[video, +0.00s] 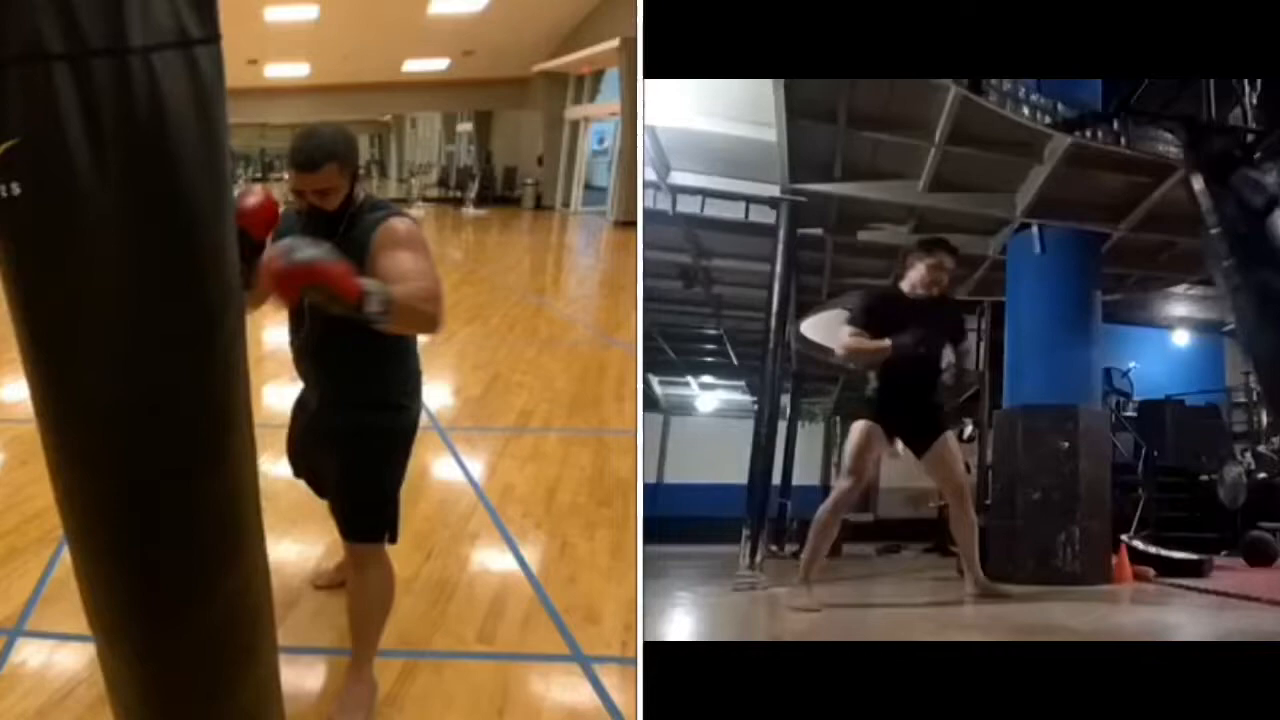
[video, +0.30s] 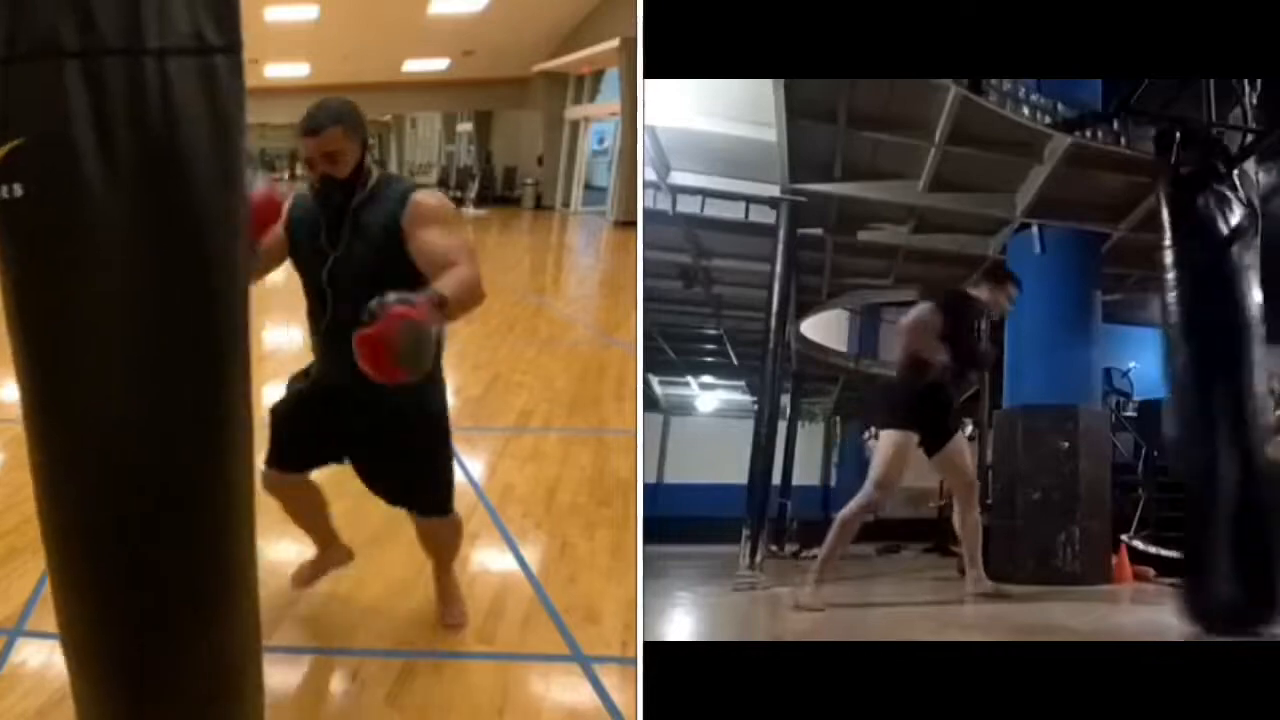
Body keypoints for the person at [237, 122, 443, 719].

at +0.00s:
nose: (313, 204)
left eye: (326, 193)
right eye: (303, 193)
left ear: (352, 179)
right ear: (291, 182)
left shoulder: (389, 229)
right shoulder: (293, 227)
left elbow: (426, 311)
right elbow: (252, 298)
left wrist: (351, 289)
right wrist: (251, 243)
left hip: (378, 408)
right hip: (321, 396)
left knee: (365, 544)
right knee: (330, 481)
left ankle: (361, 674)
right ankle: (356, 557)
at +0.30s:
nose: (320, 173)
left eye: (332, 160)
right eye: (311, 161)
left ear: (363, 149)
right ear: (301, 156)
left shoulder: (417, 209)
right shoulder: (300, 212)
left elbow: (468, 281)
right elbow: (246, 272)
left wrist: (426, 306)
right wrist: (246, 231)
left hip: (405, 384)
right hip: (330, 379)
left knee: (433, 512)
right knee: (281, 475)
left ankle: (445, 581)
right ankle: (330, 547)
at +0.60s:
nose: (291, 178)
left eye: (304, 167)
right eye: (280, 170)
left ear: (333, 173)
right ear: (271, 180)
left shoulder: (361, 217)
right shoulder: (294, 258)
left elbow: (243, 191)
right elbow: (294, 341)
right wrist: (252, 385)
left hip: (402, 429)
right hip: (320, 437)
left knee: (448, 542)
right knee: (279, 560)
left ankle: (446, 586)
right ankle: (295, 684)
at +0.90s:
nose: (251, 209)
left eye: (262, 198)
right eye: (241, 202)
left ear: (286, 197)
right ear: (231, 207)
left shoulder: (309, 235)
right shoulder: (250, 272)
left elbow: (379, 284)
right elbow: (184, 268)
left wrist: (459, 342)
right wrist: (181, 188)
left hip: (335, 379)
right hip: (363, 433)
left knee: (215, 391)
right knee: (297, 561)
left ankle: (124, 421)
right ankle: (264, 703)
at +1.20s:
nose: (306, 170)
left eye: (323, 157)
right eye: (297, 156)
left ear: (354, 157)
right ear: (287, 155)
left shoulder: (391, 233)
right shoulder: (269, 245)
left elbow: (449, 324)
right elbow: (227, 328)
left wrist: (401, 302)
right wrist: (189, 316)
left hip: (386, 438)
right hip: (305, 440)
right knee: (290, 570)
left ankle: (464, 710)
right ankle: (267, 706)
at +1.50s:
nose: (380, 183)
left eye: (396, 169)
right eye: (372, 168)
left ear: (441, 163)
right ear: (365, 163)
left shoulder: (497, 249)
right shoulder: (375, 229)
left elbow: (506, 375)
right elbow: (331, 321)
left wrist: (418, 335)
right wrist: (304, 306)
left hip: (456, 449)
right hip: (369, 434)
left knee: (463, 579)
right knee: (324, 538)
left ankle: (471, 697)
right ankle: (305, 661)